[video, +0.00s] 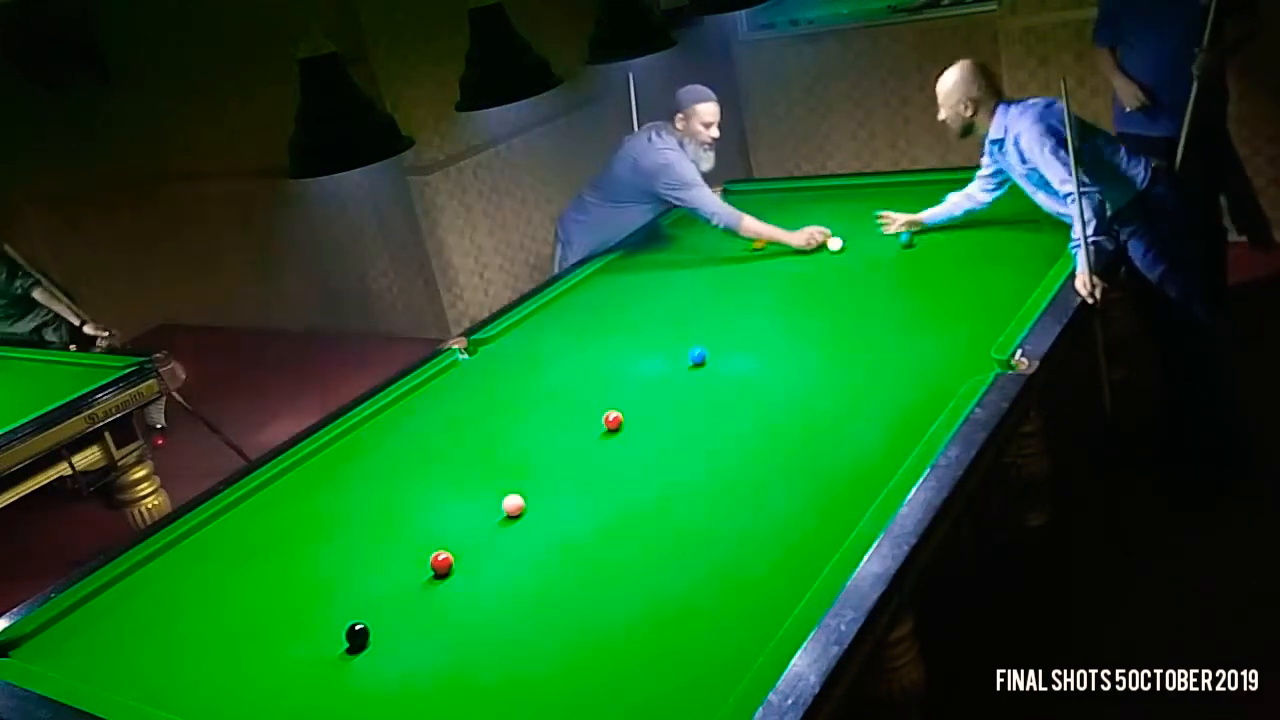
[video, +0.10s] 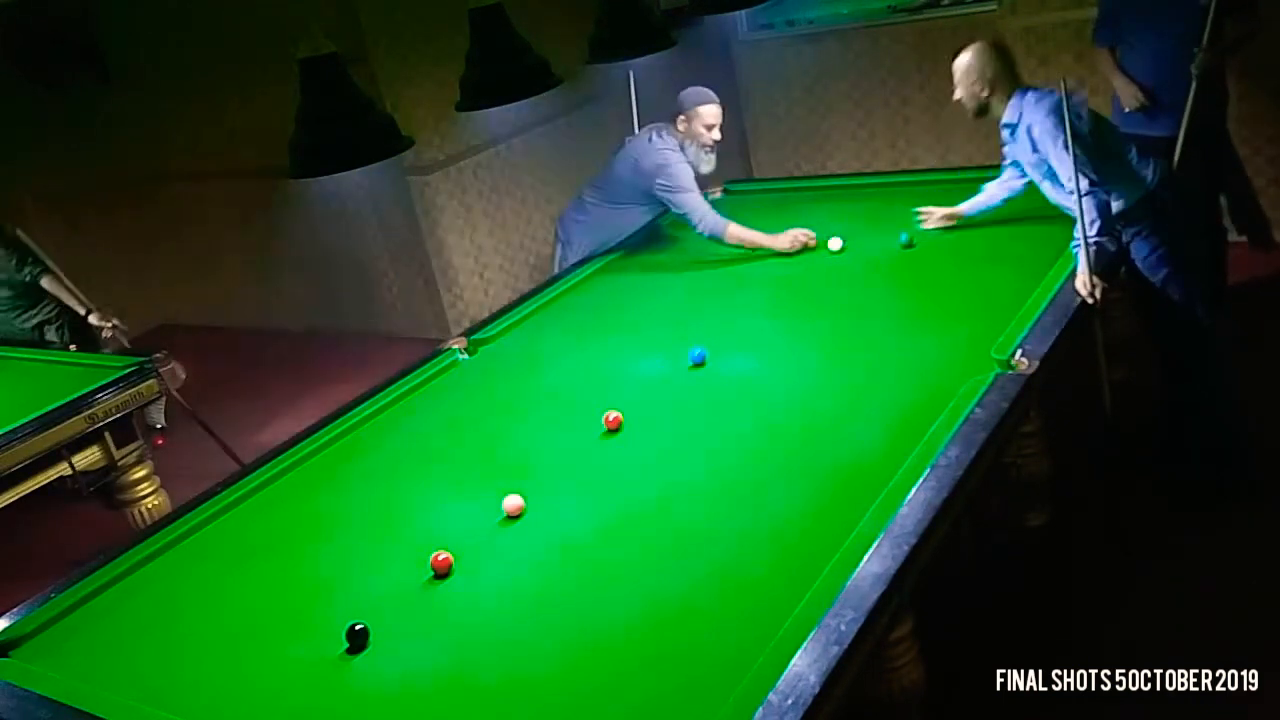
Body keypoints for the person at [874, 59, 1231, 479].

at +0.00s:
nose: (940, 117)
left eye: (942, 106)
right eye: (938, 107)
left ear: (969, 103)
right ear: (971, 102)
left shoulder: (1030, 127)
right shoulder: (1000, 144)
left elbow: (1082, 190)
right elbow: (977, 195)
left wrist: (1086, 259)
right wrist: (917, 219)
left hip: (1147, 209)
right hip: (1122, 218)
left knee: (1190, 321)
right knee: (1171, 325)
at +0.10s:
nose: (956, 96)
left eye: (959, 85)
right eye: (955, 86)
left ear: (984, 84)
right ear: (986, 83)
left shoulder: (1040, 111)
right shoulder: (1014, 126)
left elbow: (1083, 183)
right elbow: (1012, 180)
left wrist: (1087, 259)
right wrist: (958, 211)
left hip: (1140, 216)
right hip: (1110, 223)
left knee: (1186, 325)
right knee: (1161, 329)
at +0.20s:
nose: (975, 76)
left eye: (981, 65)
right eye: (975, 65)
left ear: (1010, 64)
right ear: (1011, 63)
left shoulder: (1060, 105)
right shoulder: (1038, 105)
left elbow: (1092, 188)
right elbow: (1053, 168)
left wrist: (1089, 261)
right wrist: (1000, 203)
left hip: (1154, 222)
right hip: (1128, 223)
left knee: (1189, 337)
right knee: (1168, 338)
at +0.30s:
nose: (998, 59)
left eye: (1005, 48)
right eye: (999, 48)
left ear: (1036, 47)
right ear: (1037, 46)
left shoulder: (1074, 95)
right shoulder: (1068, 87)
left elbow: (1099, 186)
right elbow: (1085, 165)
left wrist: (1092, 260)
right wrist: (1041, 195)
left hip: (1161, 231)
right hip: (1151, 225)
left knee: (1192, 348)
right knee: (1184, 343)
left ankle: (1217, 467)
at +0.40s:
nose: (1019, 46)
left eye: (1028, 33)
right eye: (1020, 34)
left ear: (1059, 32)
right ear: (1066, 31)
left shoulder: (1093, 87)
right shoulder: (1087, 80)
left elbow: (1108, 186)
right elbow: (1126, 157)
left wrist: (1094, 261)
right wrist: (1084, 187)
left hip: (1166, 234)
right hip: (1154, 230)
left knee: (1190, 357)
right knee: (1181, 353)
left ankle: (1214, 475)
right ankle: (1198, 466)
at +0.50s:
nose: (1044, 39)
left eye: (1051, 28)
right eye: (1044, 29)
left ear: (1080, 29)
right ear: (1083, 29)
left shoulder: (1113, 85)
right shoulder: (1109, 75)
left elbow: (1119, 186)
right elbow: (1140, 154)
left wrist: (1095, 259)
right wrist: (1106, 182)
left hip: (1168, 237)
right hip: (1161, 233)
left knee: (1189, 359)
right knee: (1183, 356)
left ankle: (1211, 472)